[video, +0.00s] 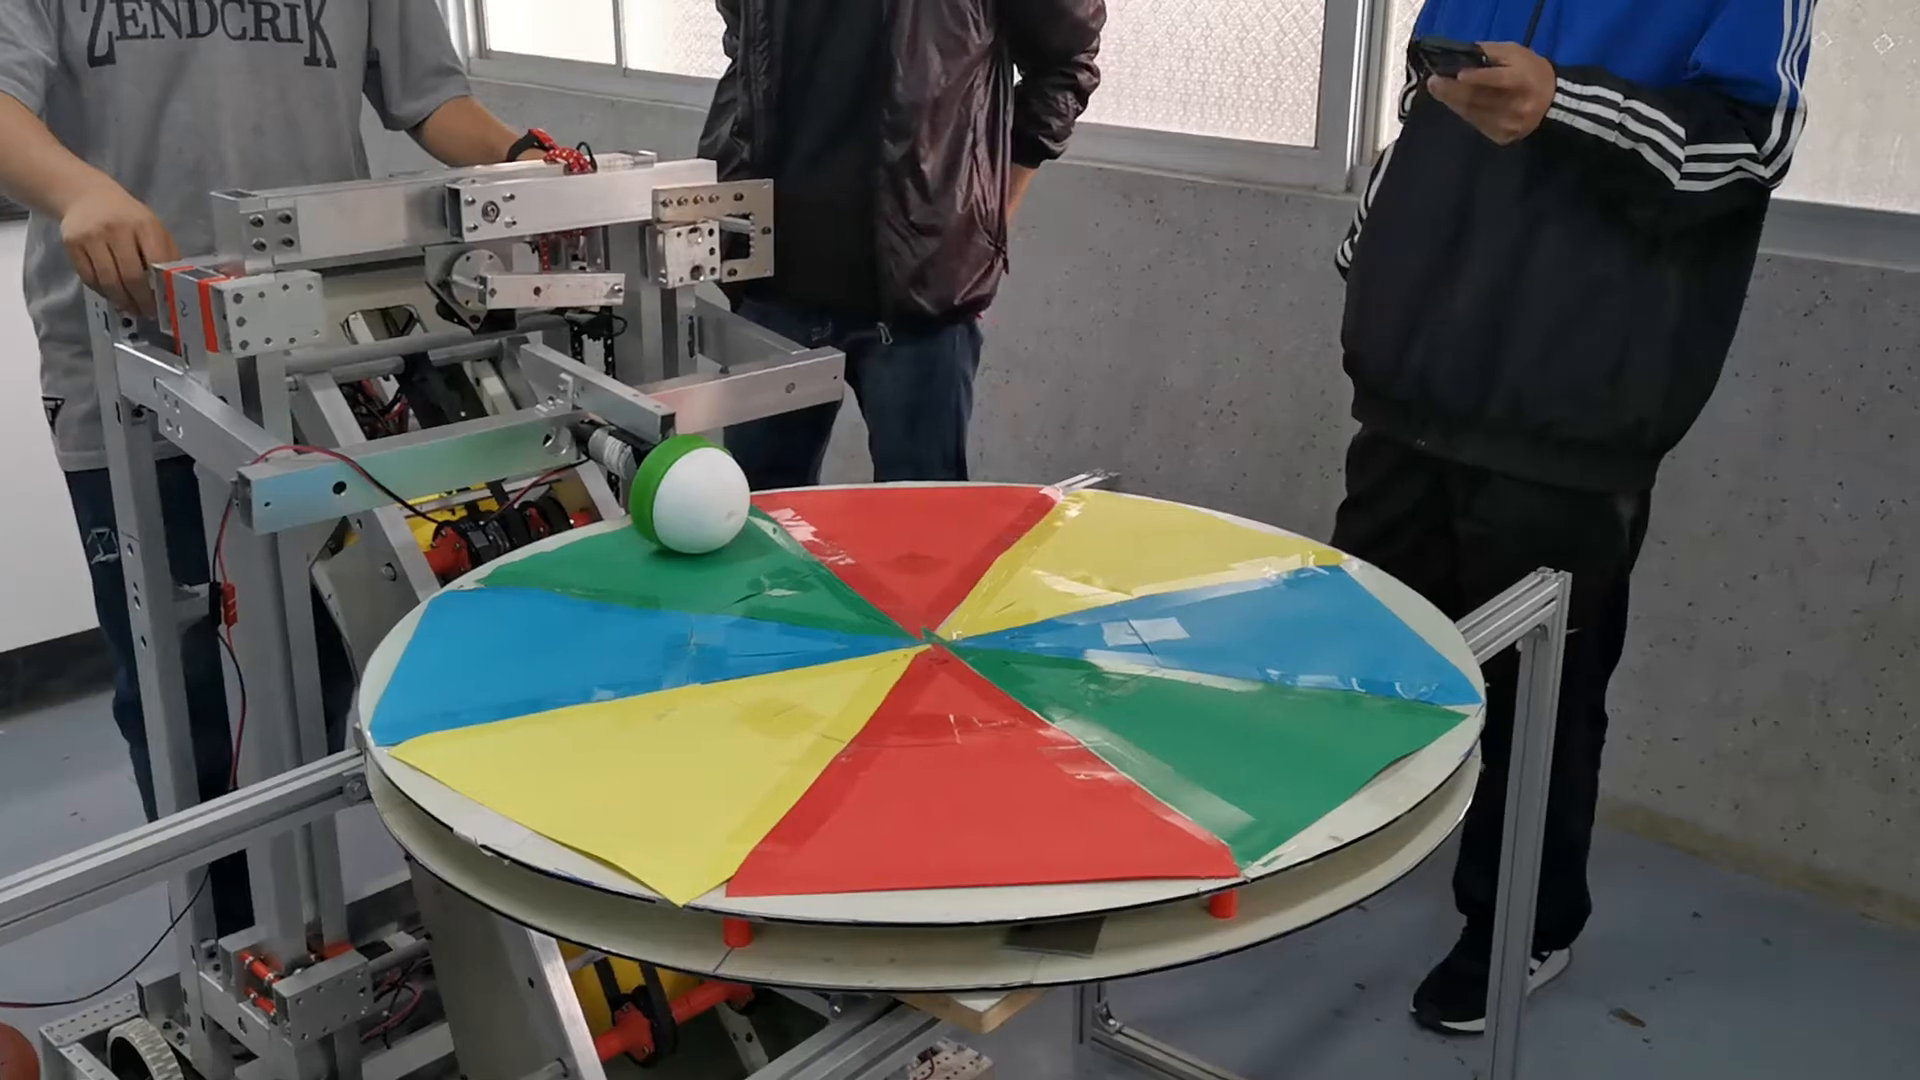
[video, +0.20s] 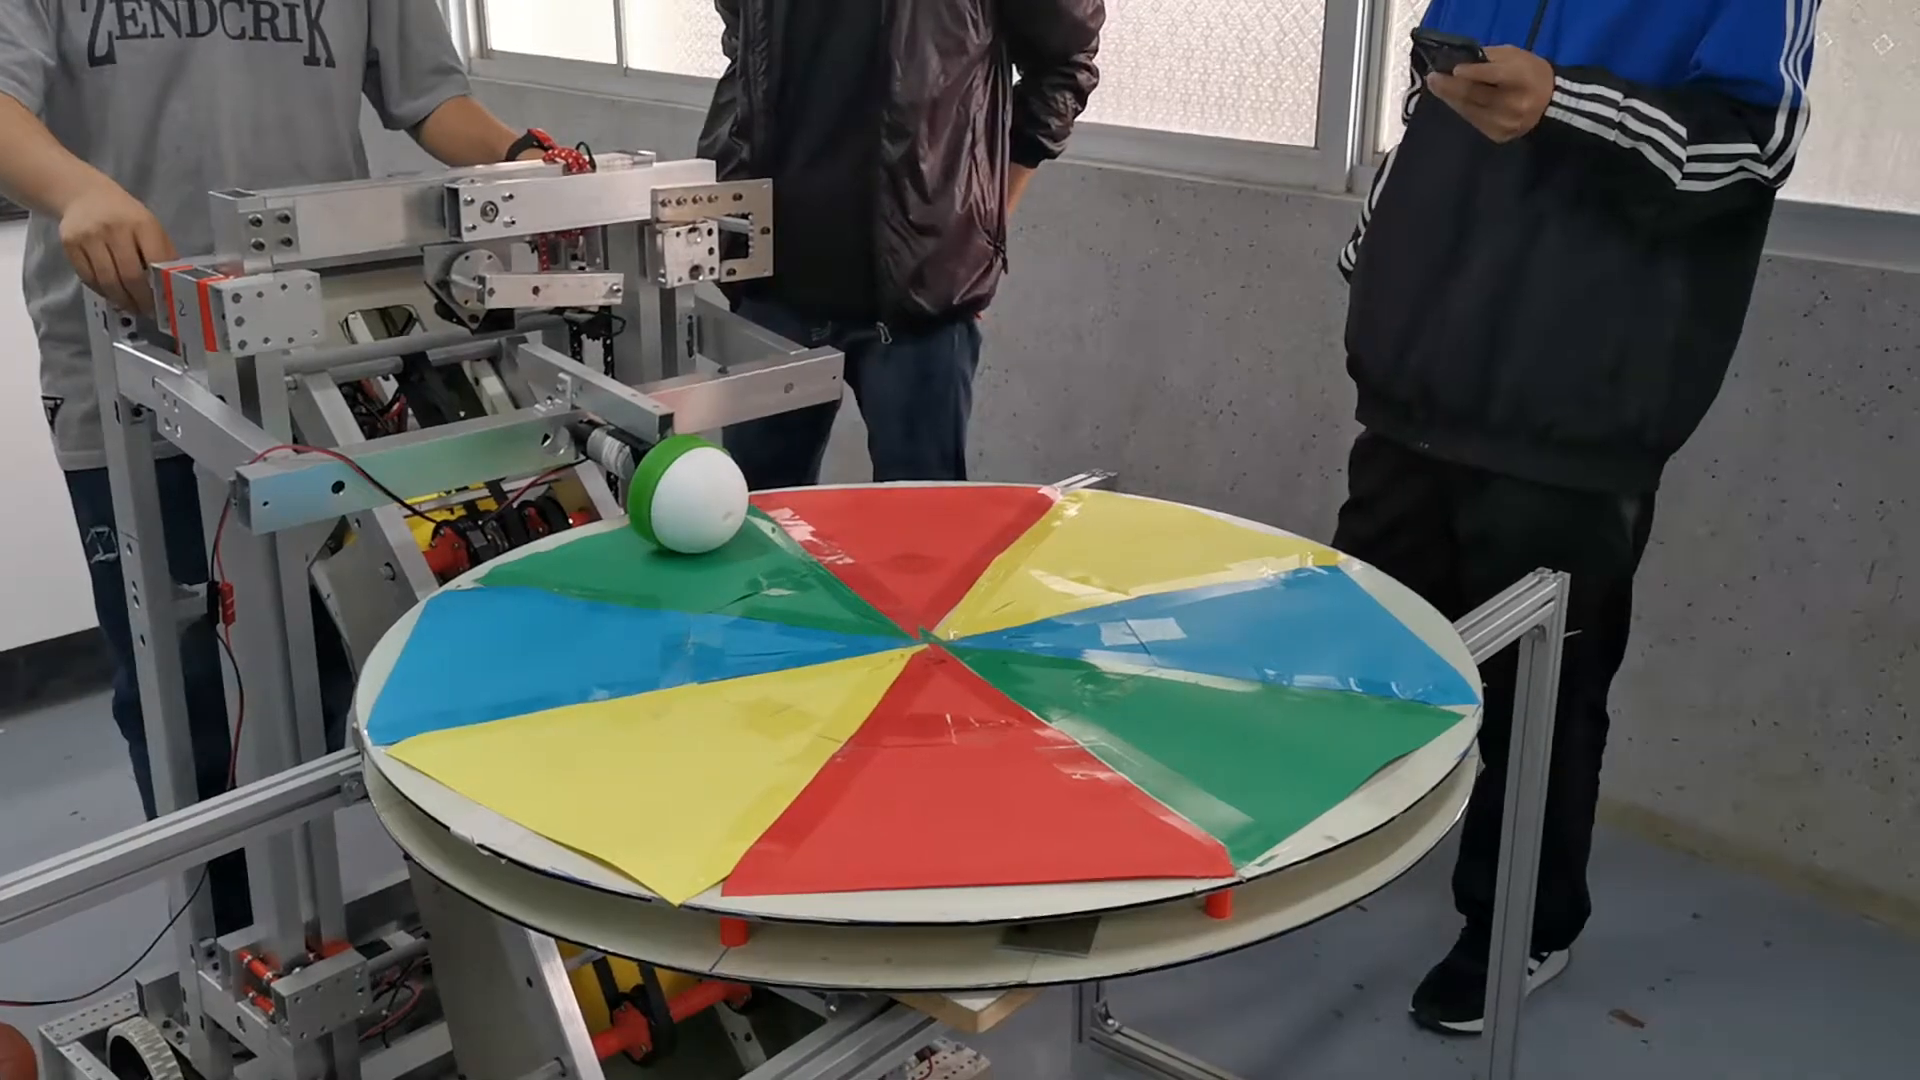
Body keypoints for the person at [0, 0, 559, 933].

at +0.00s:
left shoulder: (379, 7)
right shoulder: (45, 8)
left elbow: (426, 89)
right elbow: (3, 103)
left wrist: (527, 159)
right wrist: (77, 187)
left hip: (319, 364)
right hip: (125, 369)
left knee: (322, 665)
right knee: (178, 695)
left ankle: (308, 917)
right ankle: (228, 944)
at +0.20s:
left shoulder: (378, 7)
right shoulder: (43, 9)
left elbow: (426, 88)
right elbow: (2, 103)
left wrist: (526, 158)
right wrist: (76, 187)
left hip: (320, 363)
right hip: (124, 366)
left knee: (326, 663)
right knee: (176, 693)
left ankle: (314, 917)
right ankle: (227, 943)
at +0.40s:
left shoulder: (379, 6)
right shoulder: (42, 10)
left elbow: (425, 84)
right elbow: (2, 102)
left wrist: (521, 155)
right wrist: (74, 185)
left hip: (320, 365)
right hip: (124, 369)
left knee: (327, 662)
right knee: (177, 693)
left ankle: (315, 916)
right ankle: (229, 940)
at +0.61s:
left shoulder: (375, 4)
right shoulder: (44, 8)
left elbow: (427, 78)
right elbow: (2, 93)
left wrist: (513, 147)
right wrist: (72, 177)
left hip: (320, 362)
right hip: (123, 367)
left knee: (332, 655)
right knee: (176, 689)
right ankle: (232, 935)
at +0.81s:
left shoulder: (380, 5)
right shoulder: (49, 7)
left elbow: (433, 75)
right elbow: (6, 88)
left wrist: (523, 148)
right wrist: (79, 174)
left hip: (328, 357)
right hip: (132, 363)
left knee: (331, 653)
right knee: (184, 686)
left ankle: (316, 905)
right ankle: (236, 930)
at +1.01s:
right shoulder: (56, 6)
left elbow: (441, 73)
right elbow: (6, 82)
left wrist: (535, 140)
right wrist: (91, 169)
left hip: (327, 349)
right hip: (137, 357)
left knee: (337, 637)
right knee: (187, 669)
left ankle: (331, 893)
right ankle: (239, 920)